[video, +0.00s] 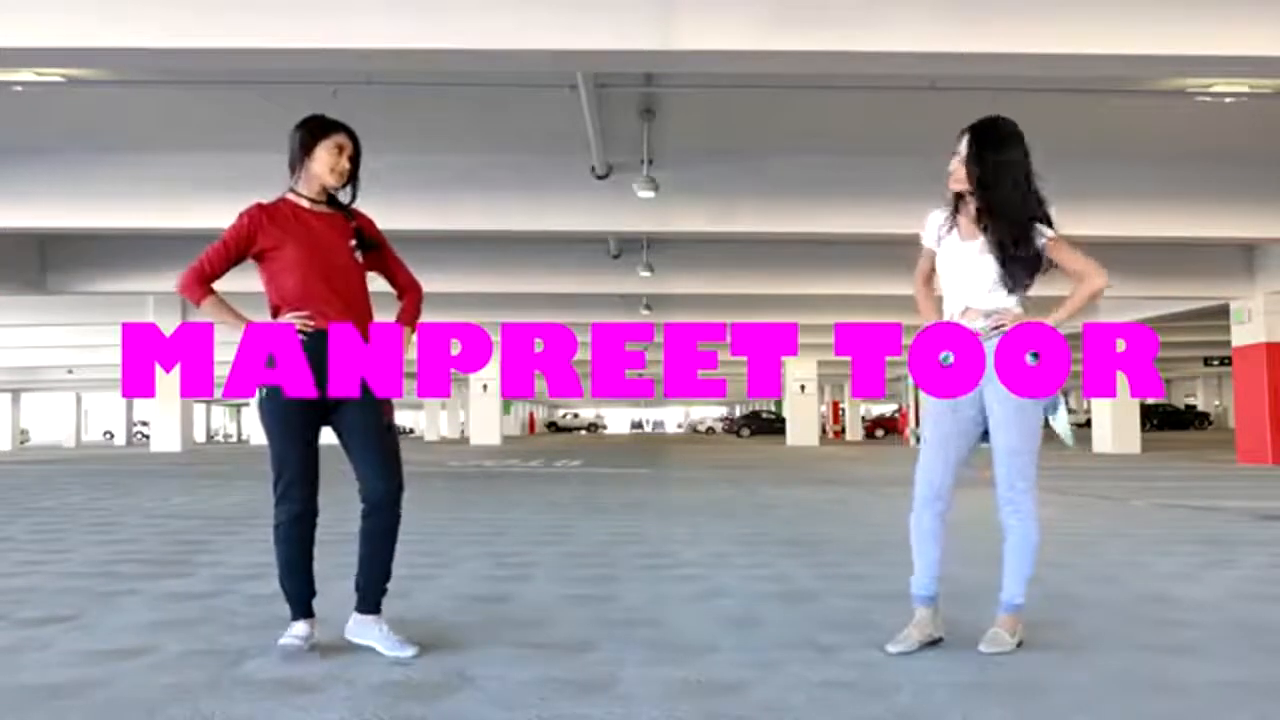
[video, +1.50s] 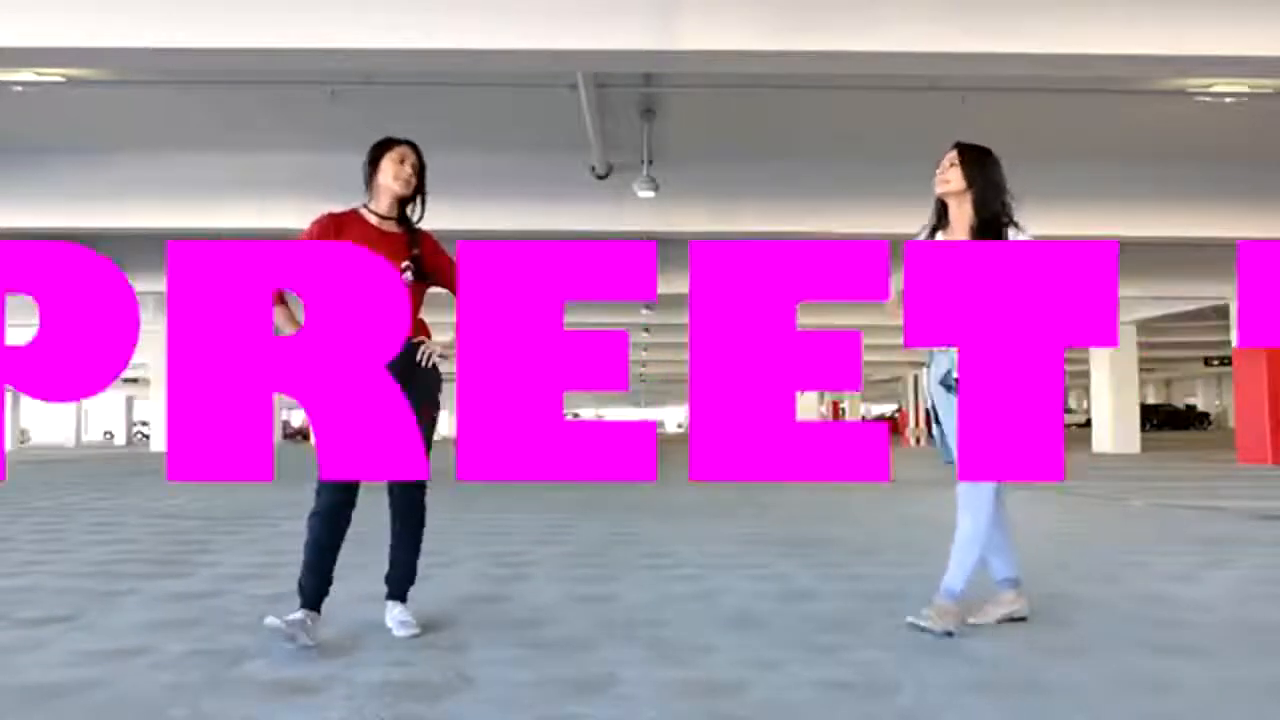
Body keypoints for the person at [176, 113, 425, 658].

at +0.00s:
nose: (344, 163)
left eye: (350, 156)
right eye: (335, 150)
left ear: (349, 167)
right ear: (304, 154)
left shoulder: (357, 227)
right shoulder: (264, 218)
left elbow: (411, 293)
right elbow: (191, 282)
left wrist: (389, 354)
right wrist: (253, 329)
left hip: (356, 372)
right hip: (290, 372)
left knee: (384, 489)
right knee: (295, 499)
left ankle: (365, 618)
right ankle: (301, 621)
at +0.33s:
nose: (342, 159)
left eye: (347, 152)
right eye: (332, 147)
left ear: (346, 166)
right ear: (301, 152)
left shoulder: (355, 227)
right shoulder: (260, 217)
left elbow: (410, 292)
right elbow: (188, 281)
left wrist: (389, 356)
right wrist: (245, 328)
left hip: (353, 370)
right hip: (286, 370)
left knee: (380, 490)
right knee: (291, 501)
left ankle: (365, 618)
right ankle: (300, 624)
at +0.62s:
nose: (346, 154)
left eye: (351, 148)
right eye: (336, 143)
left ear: (349, 163)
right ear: (306, 148)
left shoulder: (354, 226)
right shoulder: (264, 211)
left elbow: (407, 292)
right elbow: (188, 271)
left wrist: (385, 350)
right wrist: (237, 326)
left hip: (348, 365)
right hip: (284, 365)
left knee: (395, 475)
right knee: (290, 499)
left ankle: (391, 584)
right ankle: (299, 623)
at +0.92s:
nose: (361, 159)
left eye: (368, 154)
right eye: (352, 147)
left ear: (368, 170)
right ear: (324, 153)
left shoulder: (372, 232)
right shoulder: (283, 216)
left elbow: (423, 301)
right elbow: (211, 275)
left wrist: (395, 346)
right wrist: (261, 330)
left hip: (366, 376)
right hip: (300, 376)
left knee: (378, 489)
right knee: (299, 496)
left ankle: (394, 601)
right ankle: (300, 620)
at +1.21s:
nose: (395, 168)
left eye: (401, 163)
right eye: (386, 157)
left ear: (401, 177)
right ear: (358, 163)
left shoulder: (401, 238)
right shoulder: (313, 219)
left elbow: (452, 295)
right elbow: (243, 277)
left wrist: (430, 342)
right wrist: (286, 331)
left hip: (395, 372)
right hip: (330, 368)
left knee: (396, 491)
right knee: (323, 495)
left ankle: (396, 601)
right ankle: (302, 619)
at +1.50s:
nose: (408, 173)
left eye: (415, 168)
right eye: (398, 162)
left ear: (418, 184)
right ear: (373, 170)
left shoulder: (421, 244)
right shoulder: (333, 226)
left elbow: (474, 292)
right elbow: (275, 284)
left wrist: (450, 341)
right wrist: (300, 338)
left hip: (410, 377)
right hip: (344, 380)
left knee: (408, 489)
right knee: (335, 491)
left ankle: (398, 601)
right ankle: (307, 610)